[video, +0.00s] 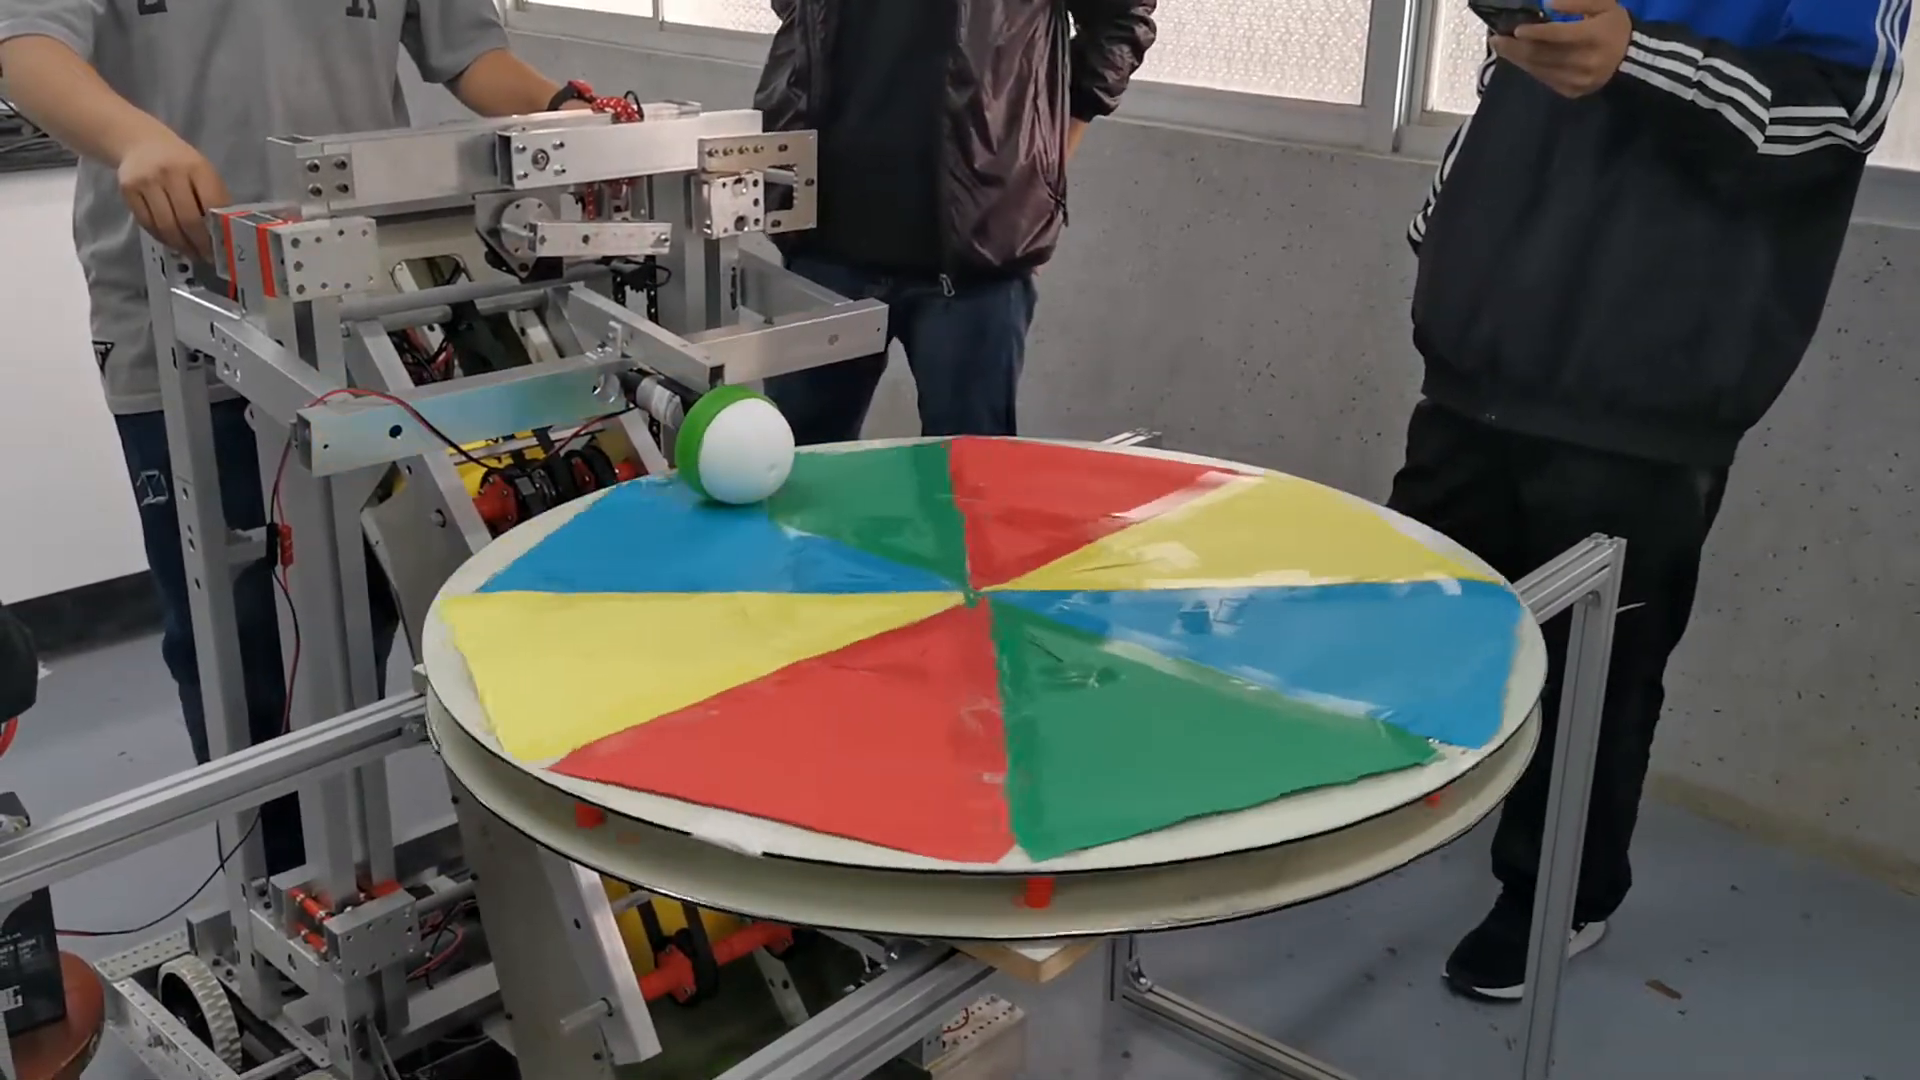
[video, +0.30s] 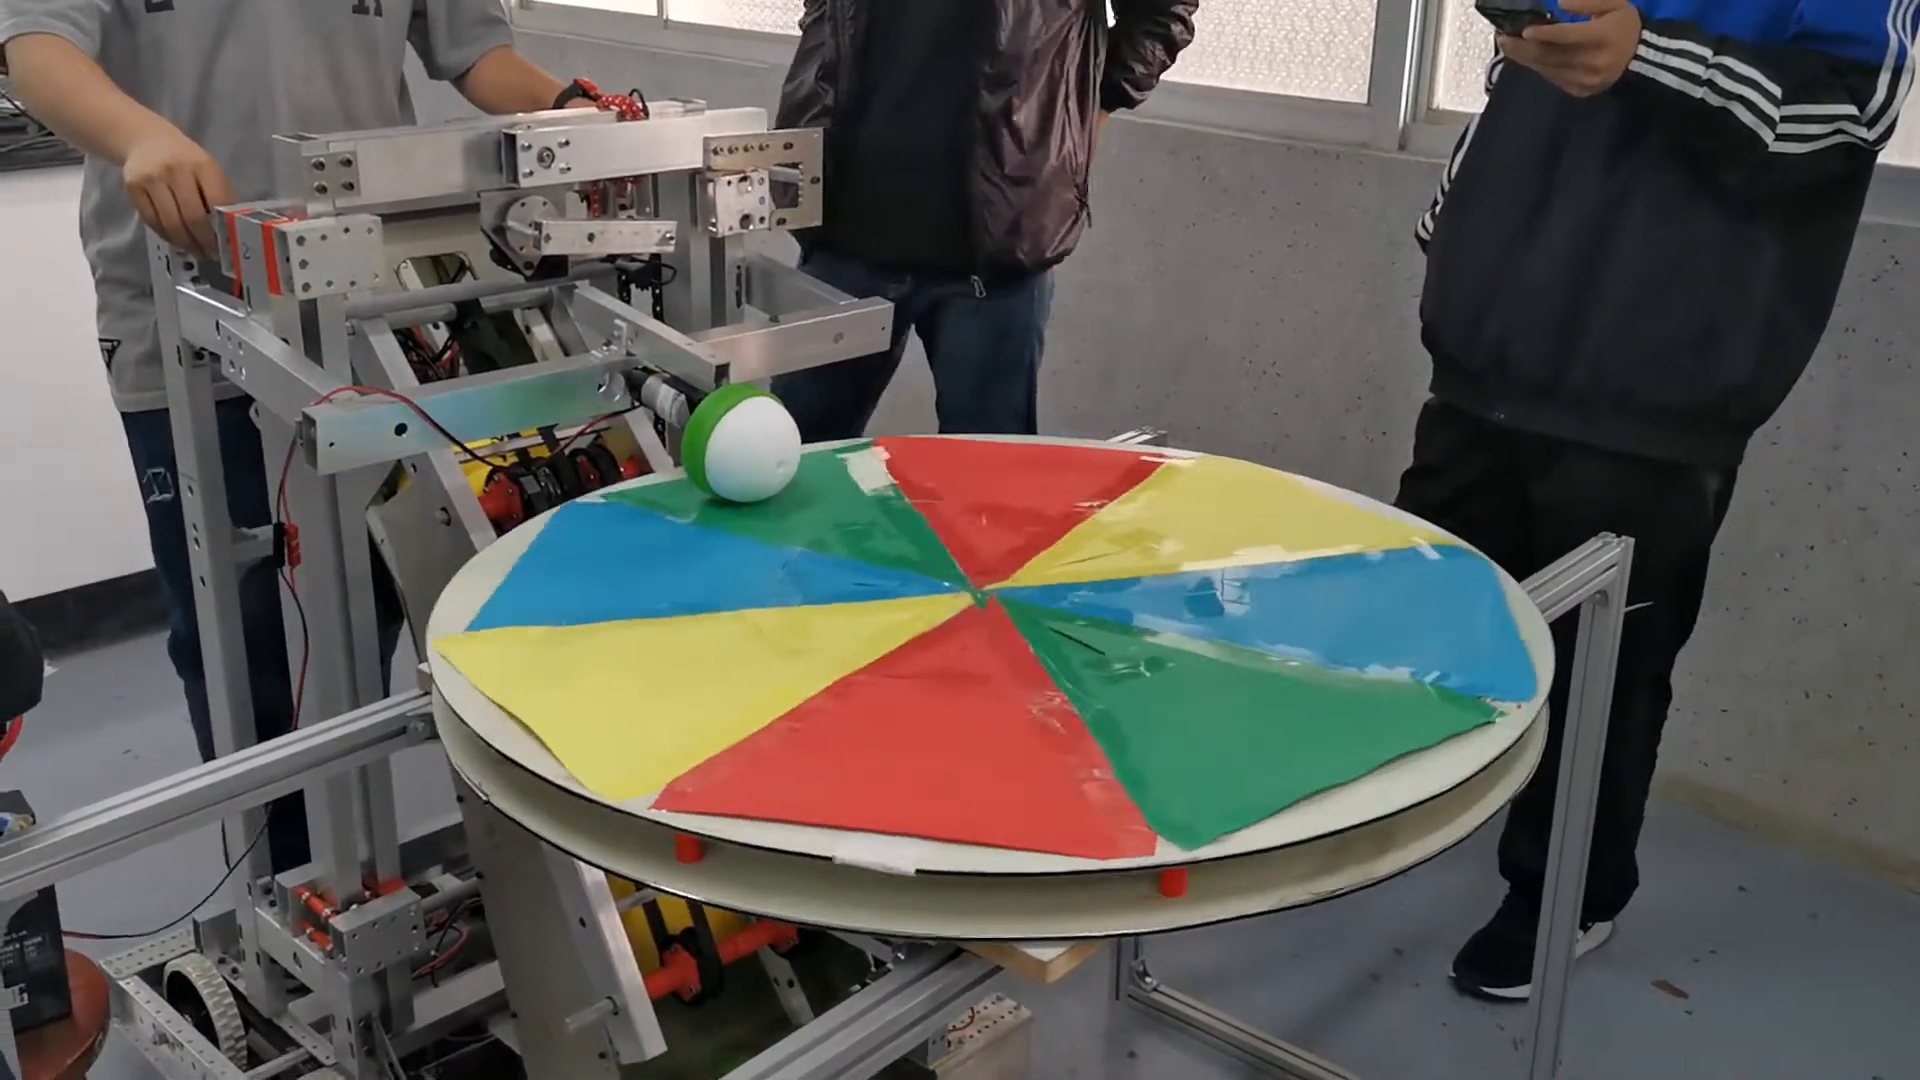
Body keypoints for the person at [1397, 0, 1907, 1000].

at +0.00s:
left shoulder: (1842, 9)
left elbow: (1834, 117)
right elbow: (1516, 43)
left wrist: (1634, 56)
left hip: (1665, 351)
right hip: (1497, 302)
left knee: (1599, 651)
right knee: (1419, 601)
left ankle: (1559, 892)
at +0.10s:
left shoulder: (1847, 11)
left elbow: (1836, 117)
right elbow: (1517, 33)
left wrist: (1634, 54)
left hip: (1667, 348)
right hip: (1499, 300)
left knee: (1600, 648)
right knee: (1420, 595)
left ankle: (1560, 892)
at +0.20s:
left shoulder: (1851, 11)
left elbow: (1839, 118)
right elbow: (1514, 20)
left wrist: (1638, 54)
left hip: (1671, 346)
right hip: (1503, 297)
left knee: (1603, 650)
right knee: (1425, 593)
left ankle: (1562, 894)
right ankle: (1336, 822)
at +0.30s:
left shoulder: (1854, 11)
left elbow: (1846, 115)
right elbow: (1521, 27)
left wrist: (1644, 53)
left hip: (1675, 346)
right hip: (1506, 299)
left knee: (1607, 648)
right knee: (1431, 592)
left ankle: (1567, 893)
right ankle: (1353, 821)